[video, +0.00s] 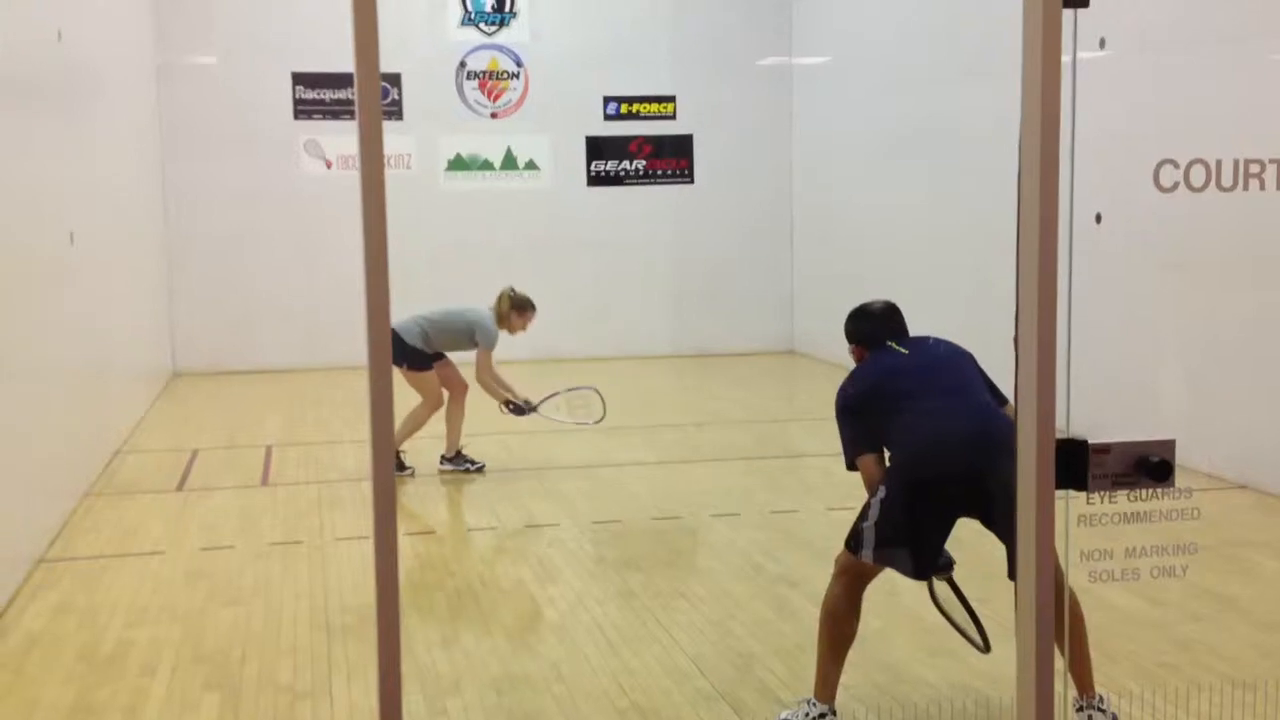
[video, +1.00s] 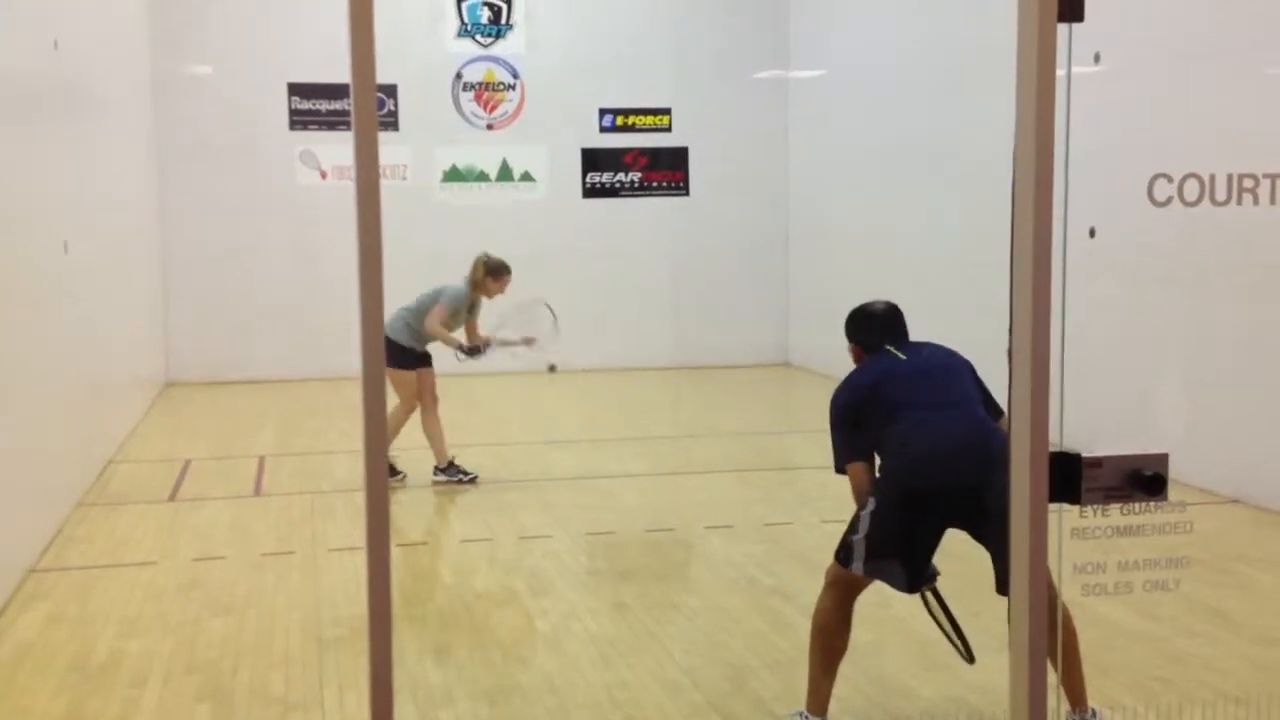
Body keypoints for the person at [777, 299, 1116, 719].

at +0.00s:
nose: (851, 356)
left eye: (850, 350)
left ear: (857, 351)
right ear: (904, 332)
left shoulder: (855, 388)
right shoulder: (948, 351)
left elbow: (875, 479)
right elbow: (1007, 415)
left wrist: (919, 547)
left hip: (924, 472)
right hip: (998, 461)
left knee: (850, 574)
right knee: (1049, 574)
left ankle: (821, 703)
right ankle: (1089, 698)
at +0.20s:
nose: (852, 358)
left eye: (852, 352)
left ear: (858, 353)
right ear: (906, 335)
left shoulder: (857, 389)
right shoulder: (950, 353)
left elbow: (876, 483)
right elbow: (1007, 417)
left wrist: (922, 549)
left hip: (924, 473)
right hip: (999, 463)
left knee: (851, 576)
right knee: (1050, 576)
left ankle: (822, 705)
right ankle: (1090, 701)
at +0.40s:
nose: (852, 360)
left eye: (852, 354)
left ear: (857, 355)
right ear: (905, 337)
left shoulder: (856, 391)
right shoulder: (948, 355)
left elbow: (875, 485)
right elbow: (1005, 419)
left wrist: (921, 552)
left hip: (923, 477)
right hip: (997, 467)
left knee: (849, 577)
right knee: (1050, 581)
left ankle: (820, 706)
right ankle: (1089, 702)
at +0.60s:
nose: (850, 362)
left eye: (849, 356)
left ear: (855, 358)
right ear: (903, 339)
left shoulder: (853, 393)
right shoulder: (946, 357)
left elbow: (870, 485)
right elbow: (1002, 422)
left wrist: (916, 554)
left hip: (919, 479)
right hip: (994, 470)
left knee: (845, 581)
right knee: (1046, 585)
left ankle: (817, 709)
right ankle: (1085, 705)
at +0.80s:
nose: (850, 360)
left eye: (849, 354)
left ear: (854, 355)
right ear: (903, 340)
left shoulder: (852, 393)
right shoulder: (947, 359)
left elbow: (868, 487)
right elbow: (1003, 425)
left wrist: (913, 558)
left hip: (916, 482)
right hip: (992, 474)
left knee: (842, 584)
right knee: (1042, 584)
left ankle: (816, 712)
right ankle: (1084, 708)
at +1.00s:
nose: (851, 355)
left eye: (850, 348)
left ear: (855, 351)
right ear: (904, 336)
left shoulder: (852, 390)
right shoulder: (949, 358)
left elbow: (863, 487)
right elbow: (999, 426)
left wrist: (900, 556)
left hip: (913, 483)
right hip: (989, 476)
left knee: (840, 586)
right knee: (1040, 585)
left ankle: (814, 713)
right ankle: (1082, 709)